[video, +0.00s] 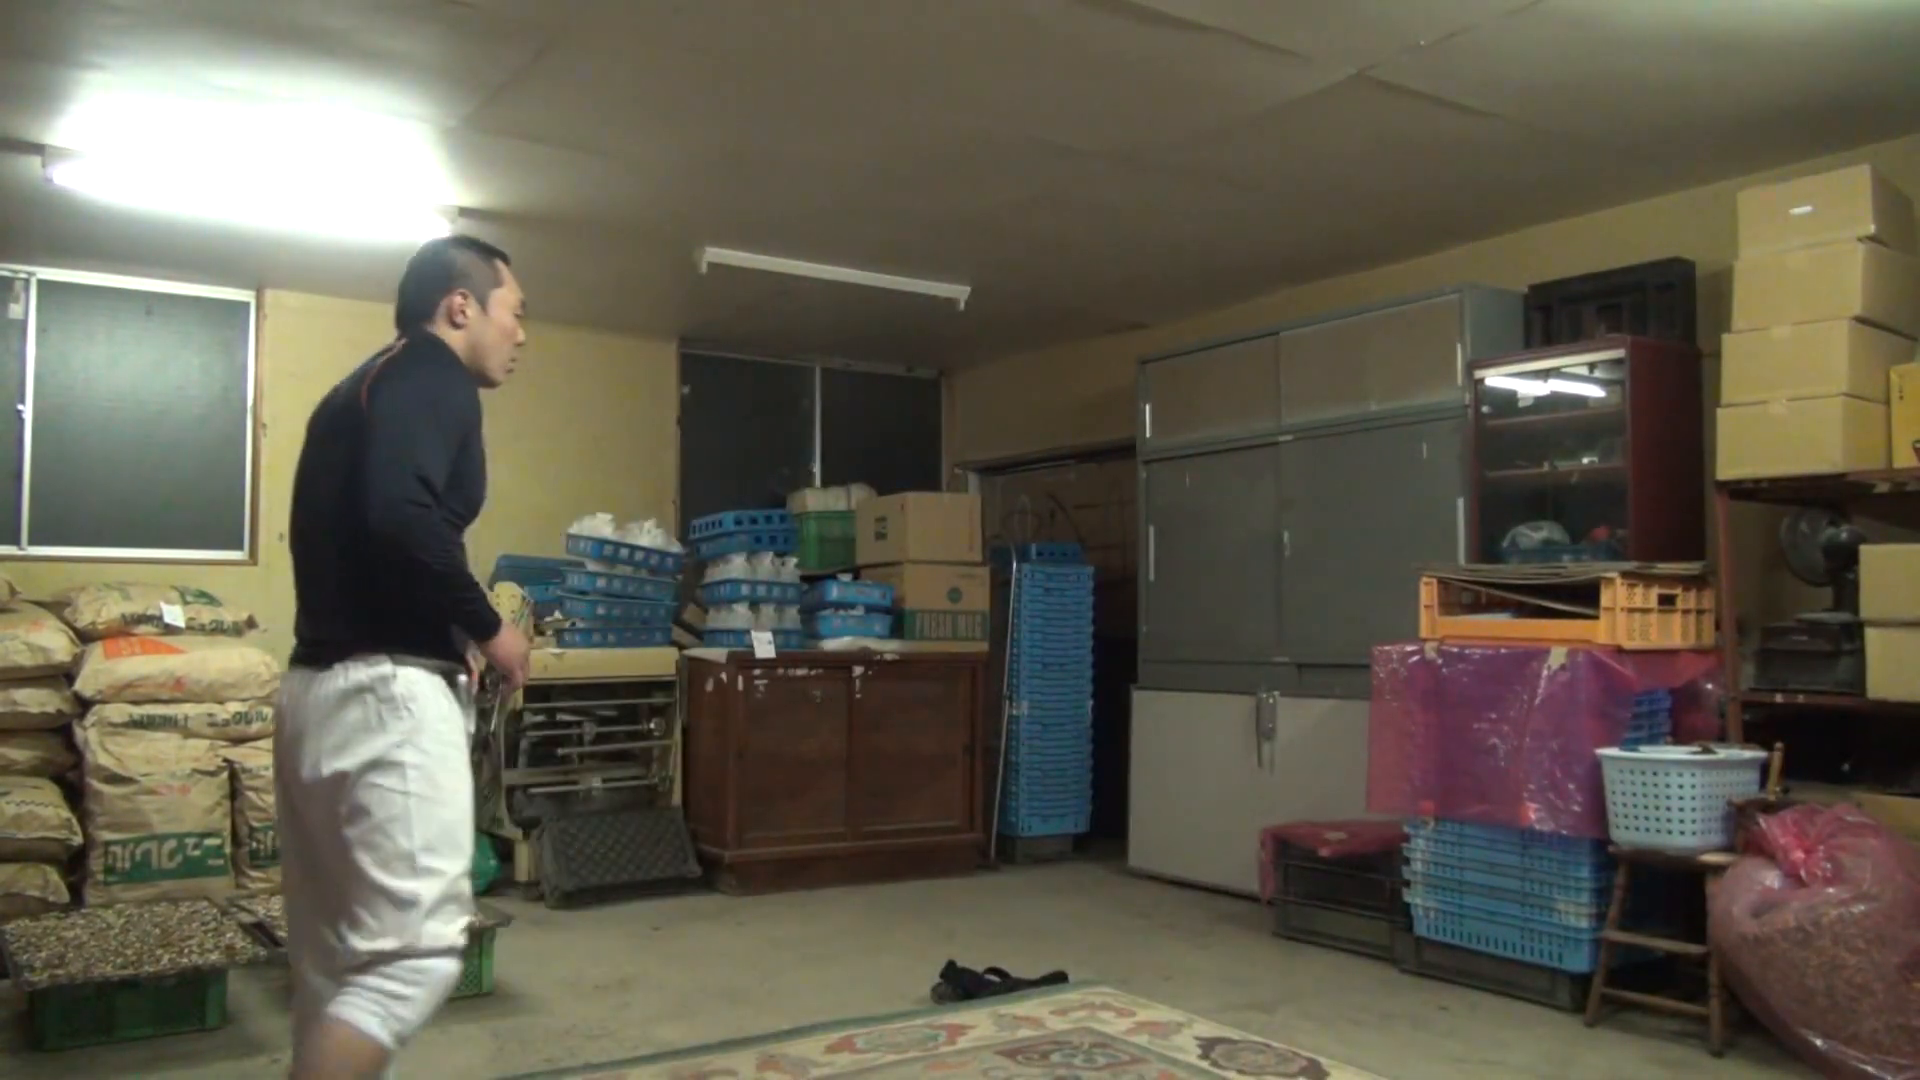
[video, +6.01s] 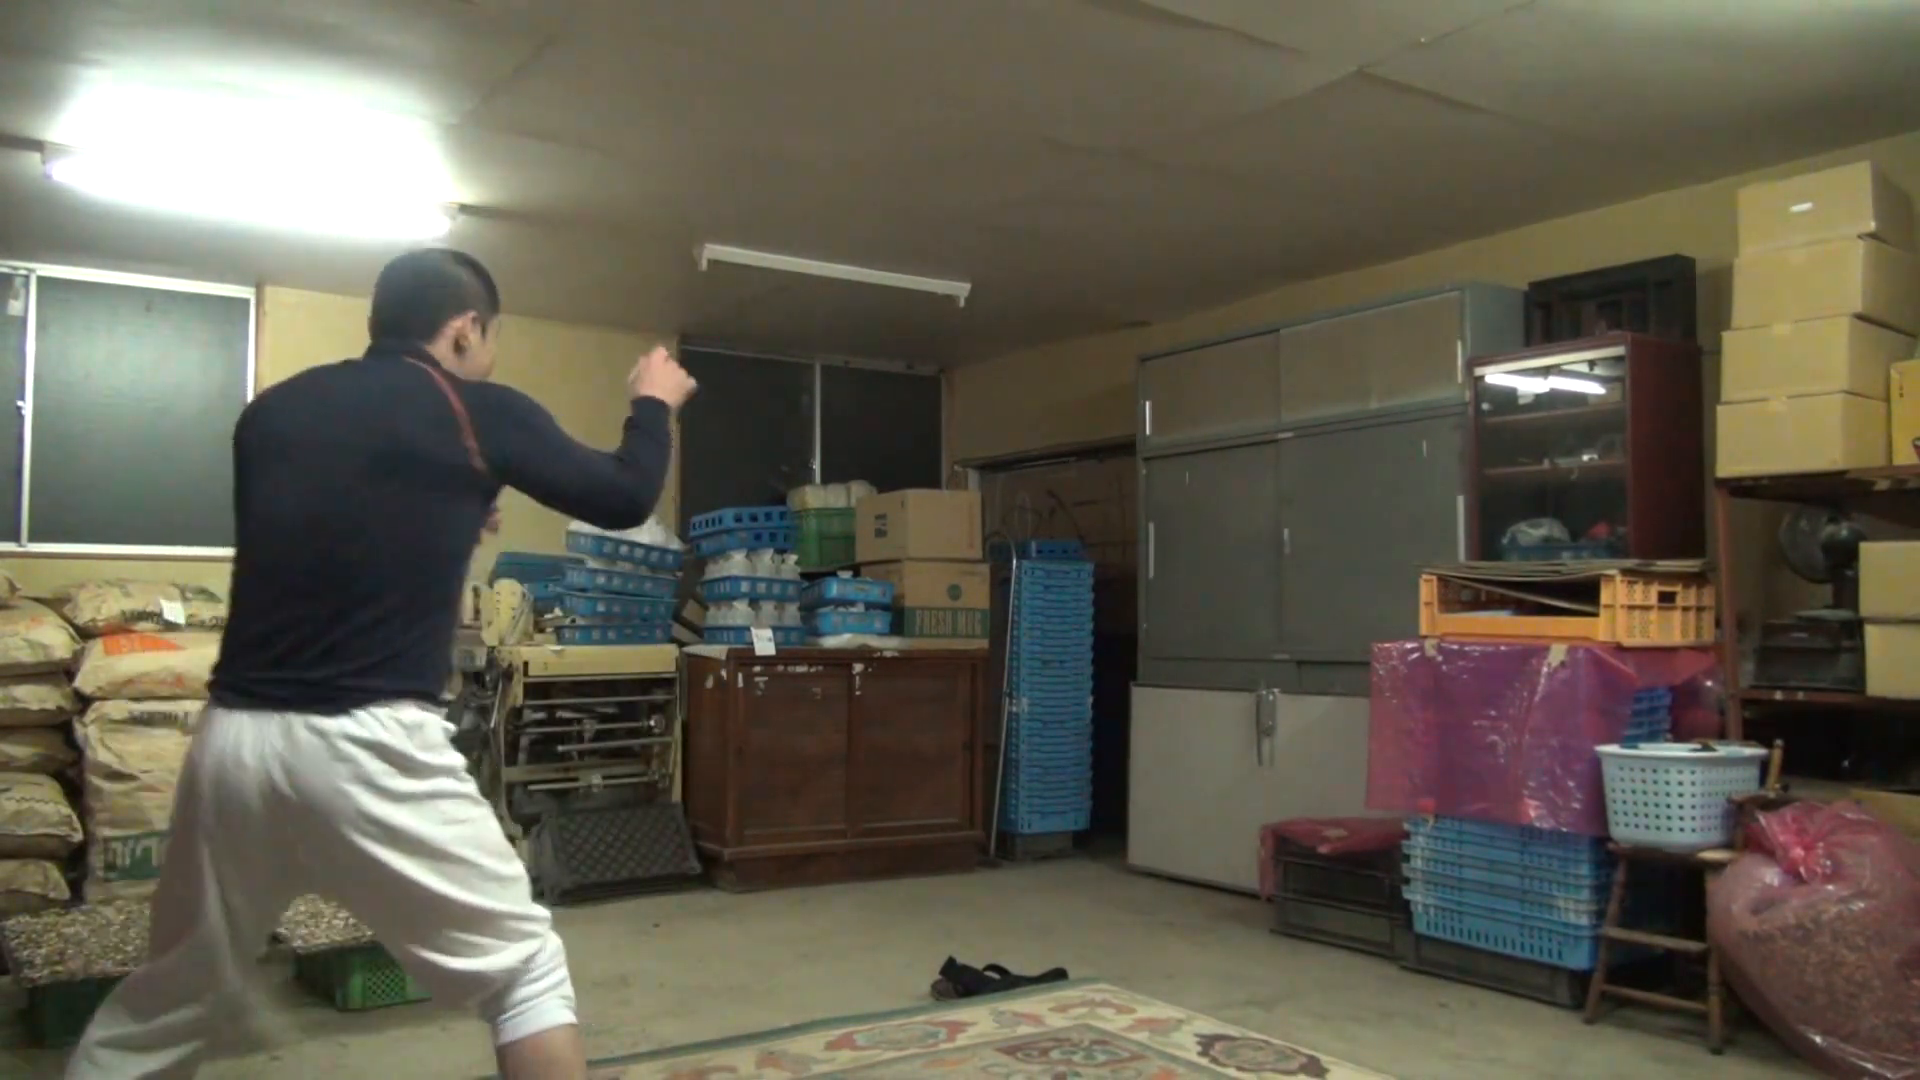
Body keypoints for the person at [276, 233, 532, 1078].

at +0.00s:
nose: (521, 334)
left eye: (523, 316)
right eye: (513, 312)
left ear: (442, 312)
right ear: (458, 308)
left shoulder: (350, 392)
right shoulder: (431, 372)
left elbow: (331, 551)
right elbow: (402, 510)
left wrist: (448, 640)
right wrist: (489, 626)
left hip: (314, 699)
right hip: (390, 701)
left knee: (326, 965)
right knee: (407, 960)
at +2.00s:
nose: (425, 332)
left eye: (428, 310)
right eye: (419, 306)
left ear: (343, 305)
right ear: (362, 300)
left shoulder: (225, 377)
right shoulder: (328, 370)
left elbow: (315, 537)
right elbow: (403, 520)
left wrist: (467, 539)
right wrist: (553, 489)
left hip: (72, 707)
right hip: (195, 709)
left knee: (50, 1023)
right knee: (312, 991)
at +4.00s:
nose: (547, 328)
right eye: (545, 317)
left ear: (439, 338)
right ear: (537, 326)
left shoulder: (393, 436)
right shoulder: (609, 415)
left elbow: (360, 584)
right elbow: (703, 529)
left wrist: (452, 601)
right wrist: (705, 458)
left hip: (466, 729)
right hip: (593, 721)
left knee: (400, 974)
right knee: (580, 952)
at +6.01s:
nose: (487, 355)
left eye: (489, 339)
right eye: (489, 337)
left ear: (383, 324)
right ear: (462, 329)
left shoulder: (268, 412)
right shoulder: (480, 412)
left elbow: (313, 538)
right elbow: (626, 493)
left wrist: (449, 509)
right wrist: (656, 400)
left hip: (230, 744)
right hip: (374, 749)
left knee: (169, 998)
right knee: (524, 974)